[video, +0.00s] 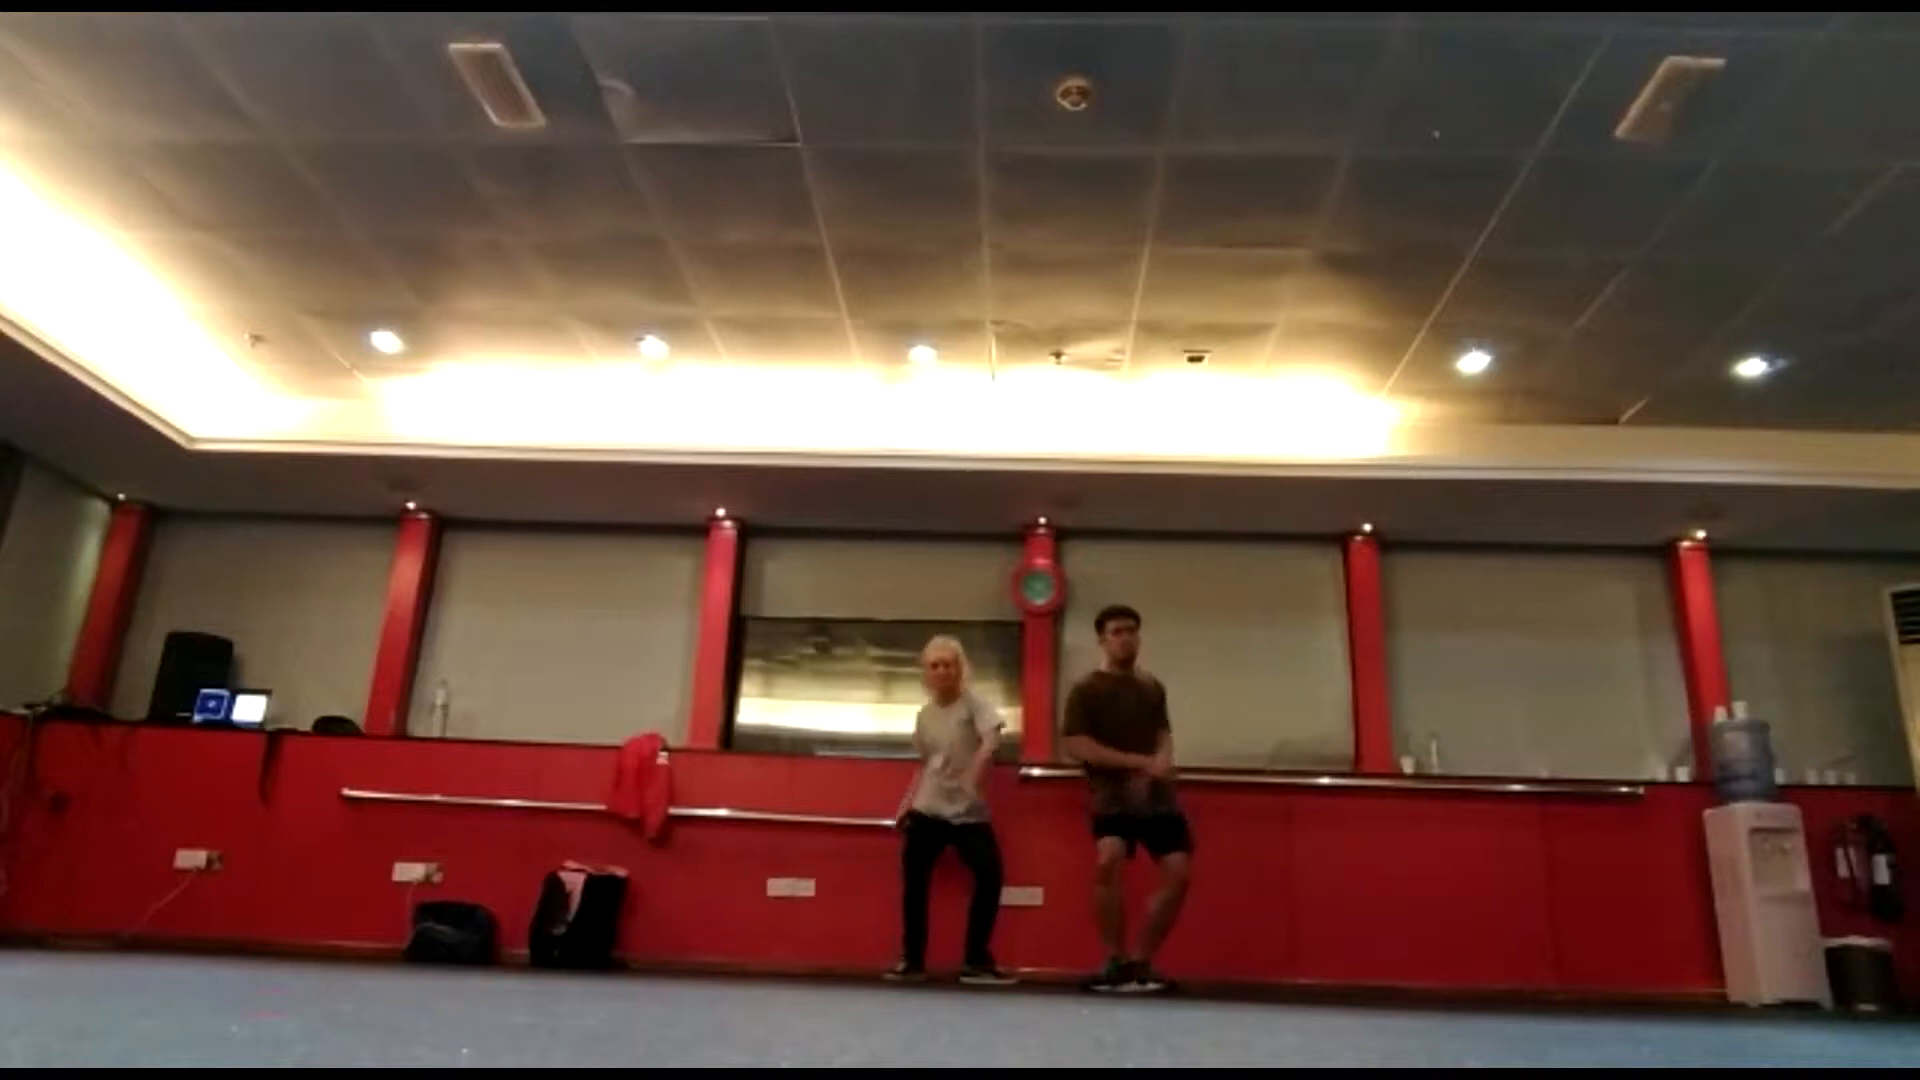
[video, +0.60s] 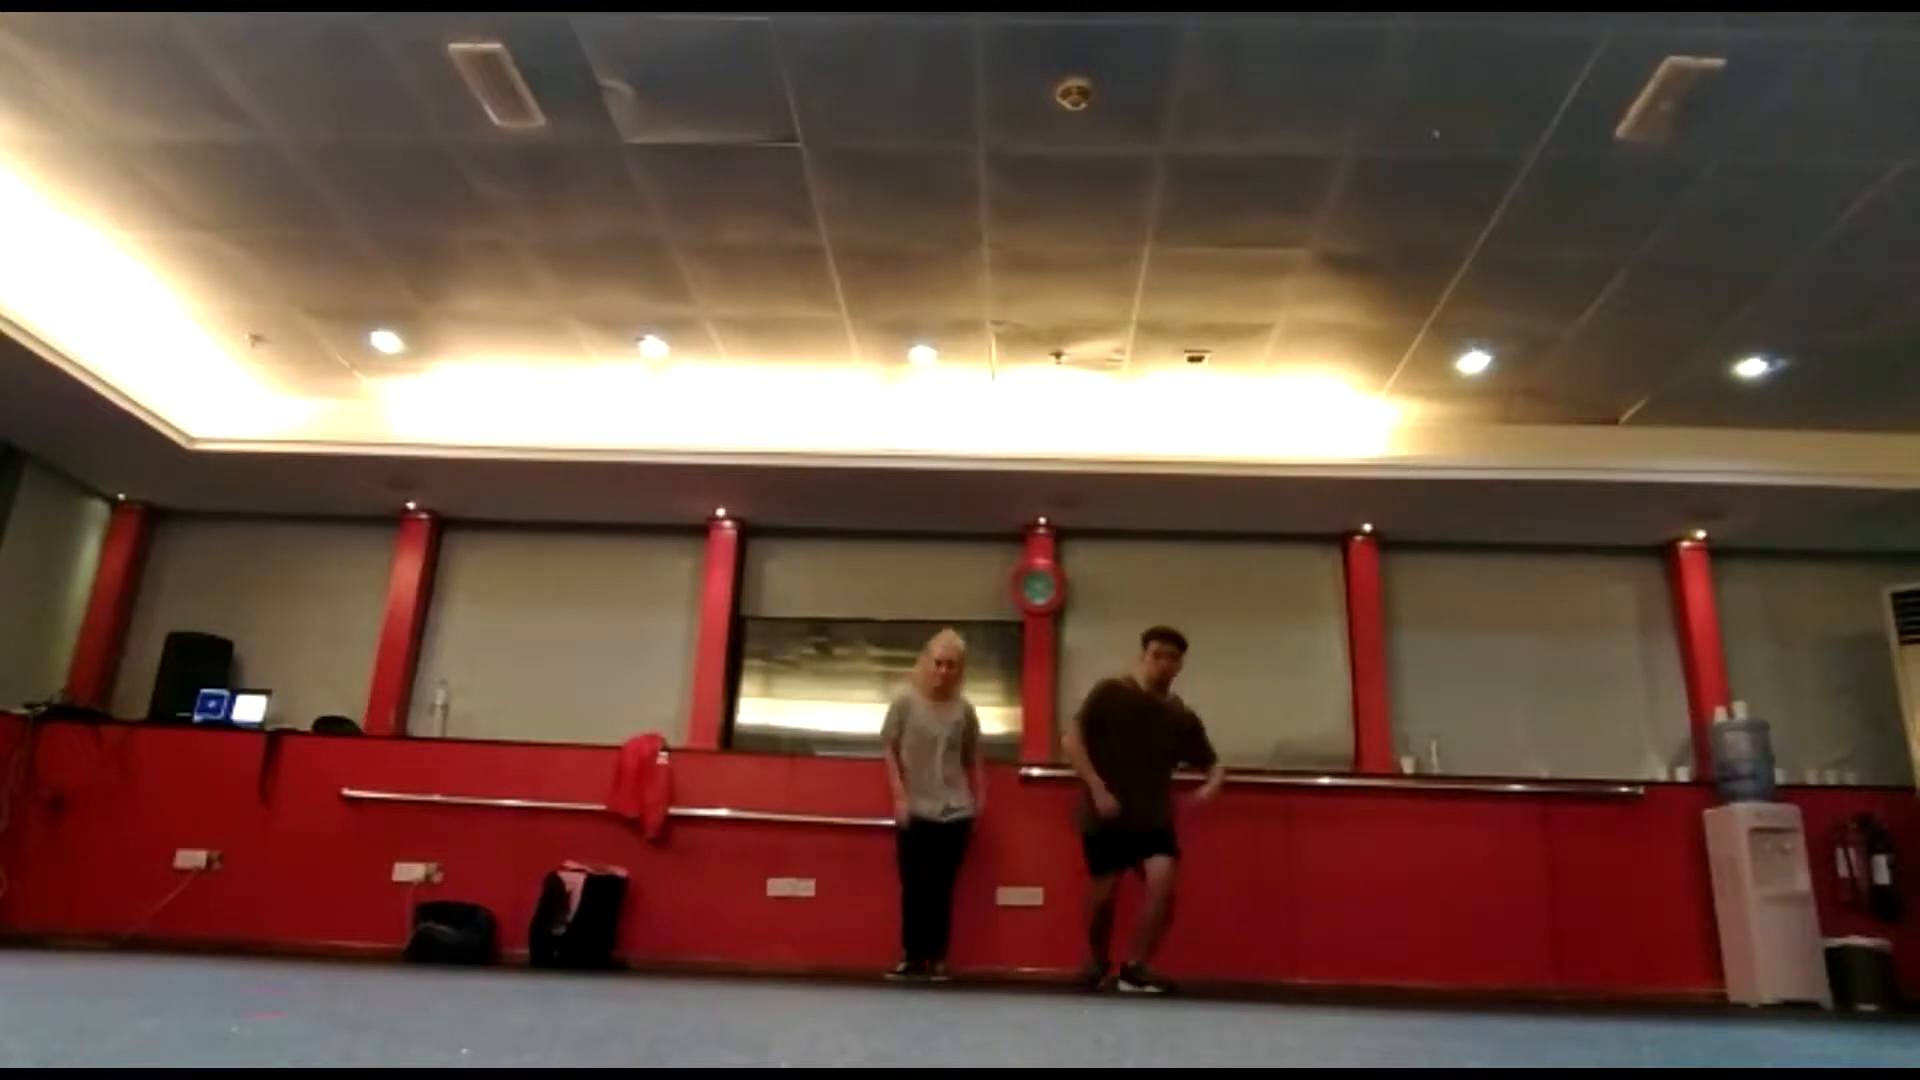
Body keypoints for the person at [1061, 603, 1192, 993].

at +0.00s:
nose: (1124, 639)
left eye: (1130, 631)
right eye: (1115, 632)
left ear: (1139, 637)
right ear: (1101, 640)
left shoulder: (1151, 689)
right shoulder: (1086, 690)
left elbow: (1162, 734)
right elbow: (1075, 744)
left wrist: (1162, 762)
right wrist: (1136, 762)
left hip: (1152, 791)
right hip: (1111, 793)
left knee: (1177, 869)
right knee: (1109, 858)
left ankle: (1142, 960)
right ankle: (1114, 957)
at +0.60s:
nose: (1162, 664)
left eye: (1170, 658)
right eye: (1157, 655)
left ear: (1180, 665)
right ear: (1143, 656)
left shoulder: (1179, 715)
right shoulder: (1110, 693)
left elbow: (1214, 764)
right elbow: (1073, 739)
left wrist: (1208, 788)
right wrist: (1098, 789)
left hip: (1154, 807)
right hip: (1108, 803)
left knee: (1162, 879)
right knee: (1104, 887)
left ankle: (1136, 965)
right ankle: (1098, 963)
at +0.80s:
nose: (1171, 619)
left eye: (1180, 612)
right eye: (1166, 610)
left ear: (1192, 619)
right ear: (1154, 613)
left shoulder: (1195, 675)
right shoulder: (1123, 645)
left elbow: (1183, 736)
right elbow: (1090, 691)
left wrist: (1179, 790)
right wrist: (1104, 737)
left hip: (1158, 763)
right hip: (1115, 752)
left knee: (1154, 851)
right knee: (1113, 809)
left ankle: (1141, 948)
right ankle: (1106, 850)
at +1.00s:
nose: (1154, 610)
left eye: (1162, 602)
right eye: (1147, 603)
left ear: (1177, 607)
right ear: (1137, 609)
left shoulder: (1197, 660)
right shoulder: (1122, 646)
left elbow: (1188, 730)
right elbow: (1097, 692)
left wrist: (1172, 788)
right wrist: (1120, 732)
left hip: (1173, 754)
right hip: (1131, 745)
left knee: (1162, 846)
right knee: (1137, 797)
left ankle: (1151, 948)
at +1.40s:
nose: (1132, 614)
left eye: (1138, 603)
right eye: (1124, 608)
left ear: (1156, 604)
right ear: (1116, 616)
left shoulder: (1198, 636)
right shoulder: (1122, 666)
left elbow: (1250, 665)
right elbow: (1111, 728)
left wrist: (1219, 708)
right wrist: (1158, 734)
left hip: (1216, 759)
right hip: (1165, 764)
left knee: (1223, 852)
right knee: (1176, 844)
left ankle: (1196, 880)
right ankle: (1188, 959)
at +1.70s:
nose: (1191, 581)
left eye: (1199, 573)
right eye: (1182, 573)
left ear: (1210, 581)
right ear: (1164, 580)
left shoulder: (1229, 628)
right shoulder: (1138, 629)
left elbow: (1283, 657)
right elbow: (1083, 662)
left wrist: (1325, 673)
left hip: (1212, 749)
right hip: (1158, 753)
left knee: (1235, 800)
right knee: (1188, 850)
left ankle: (1211, 936)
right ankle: (1203, 954)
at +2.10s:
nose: (1214, 547)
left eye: (1224, 539)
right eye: (1205, 538)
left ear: (1239, 548)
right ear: (1190, 544)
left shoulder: (1246, 619)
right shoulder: (1157, 578)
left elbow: (1284, 694)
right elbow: (1091, 579)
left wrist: (1239, 661)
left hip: (1207, 730)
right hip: (1148, 726)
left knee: (1202, 828)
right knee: (1160, 833)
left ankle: (1195, 954)